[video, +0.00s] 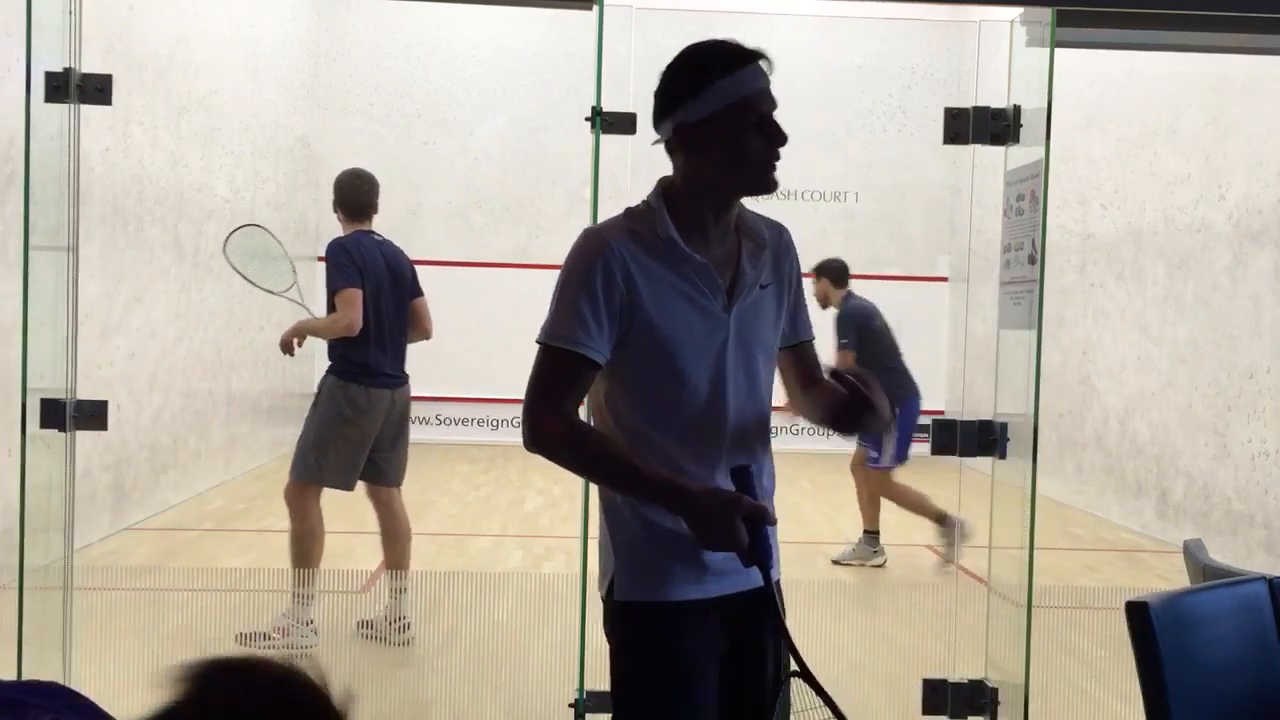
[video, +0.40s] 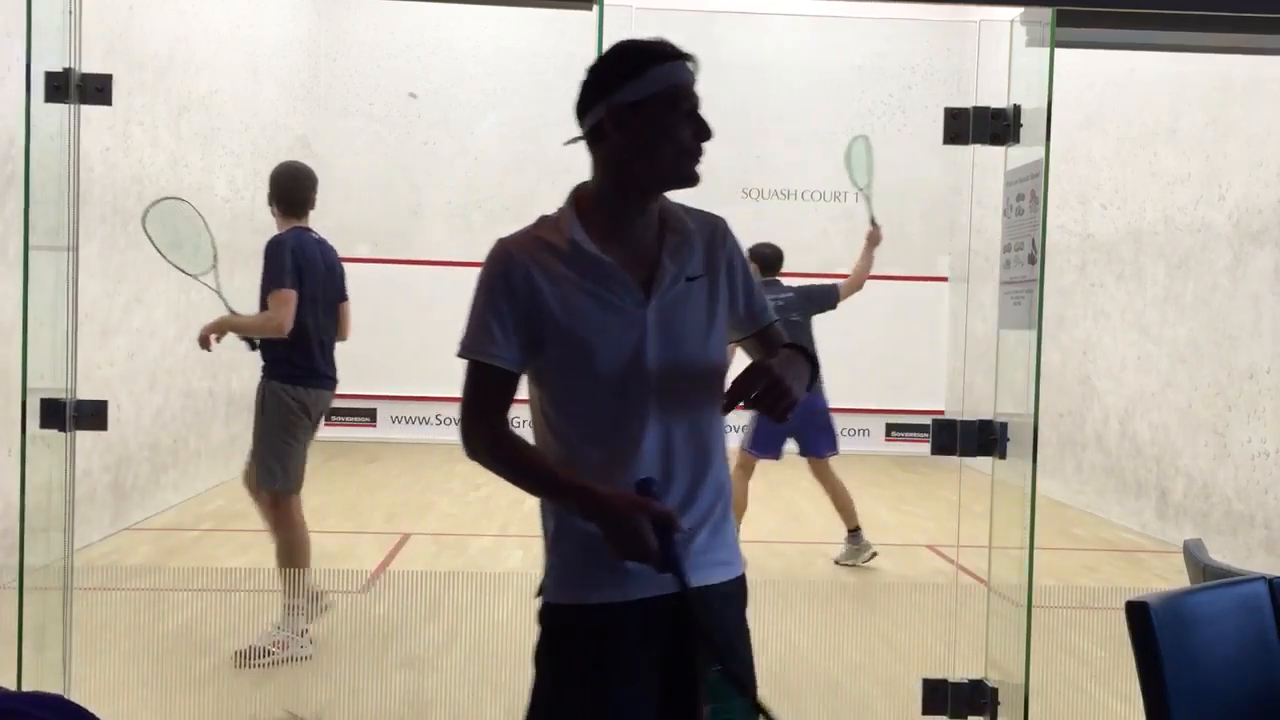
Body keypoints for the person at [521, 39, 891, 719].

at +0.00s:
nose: (781, 136)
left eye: (773, 118)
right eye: (759, 120)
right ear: (691, 136)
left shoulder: (771, 246)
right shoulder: (609, 253)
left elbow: (809, 389)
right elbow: (545, 423)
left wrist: (849, 405)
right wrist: (688, 501)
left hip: (753, 568)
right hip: (658, 578)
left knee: (756, 712)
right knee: (668, 716)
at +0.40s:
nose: (705, 132)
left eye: (698, 113)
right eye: (686, 112)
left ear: (619, 129)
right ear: (614, 127)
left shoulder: (710, 241)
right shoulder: (525, 263)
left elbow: (777, 349)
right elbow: (481, 430)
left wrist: (788, 367)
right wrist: (598, 504)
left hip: (710, 582)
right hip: (596, 594)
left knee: (720, 712)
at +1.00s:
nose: (560, 140)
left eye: (560, 119)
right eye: (538, 120)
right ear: (466, 121)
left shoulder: (582, 230)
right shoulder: (379, 253)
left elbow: (630, 367)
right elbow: (336, 408)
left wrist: (588, 404)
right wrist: (321, 563)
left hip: (566, 574)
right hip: (437, 578)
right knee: (414, 715)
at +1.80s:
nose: (696, 138)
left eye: (692, 118)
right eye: (677, 118)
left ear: (608, 123)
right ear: (607, 121)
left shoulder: (682, 239)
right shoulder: (494, 255)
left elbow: (693, 368)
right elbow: (444, 431)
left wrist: (709, 416)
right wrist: (444, 597)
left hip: (661, 589)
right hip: (534, 598)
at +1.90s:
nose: (747, 137)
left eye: (743, 116)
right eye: (729, 115)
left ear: (662, 120)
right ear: (657, 117)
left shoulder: (723, 239)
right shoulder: (544, 249)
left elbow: (730, 371)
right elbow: (493, 424)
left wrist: (759, 416)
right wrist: (502, 588)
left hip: (703, 591)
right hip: (578, 599)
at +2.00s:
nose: (793, 135)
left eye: (788, 113)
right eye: (774, 112)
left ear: (717, 118)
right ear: (703, 114)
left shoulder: (758, 239)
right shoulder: (589, 247)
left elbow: (771, 362)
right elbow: (540, 431)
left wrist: (816, 414)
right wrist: (574, 590)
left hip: (743, 589)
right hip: (627, 602)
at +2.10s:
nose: (827, 137)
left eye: (823, 115)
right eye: (811, 114)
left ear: (749, 118)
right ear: (744, 115)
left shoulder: (786, 238)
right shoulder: (628, 246)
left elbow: (827, 355)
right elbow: (585, 427)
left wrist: (898, 414)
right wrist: (643, 579)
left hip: (771, 582)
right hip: (668, 596)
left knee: (778, 712)